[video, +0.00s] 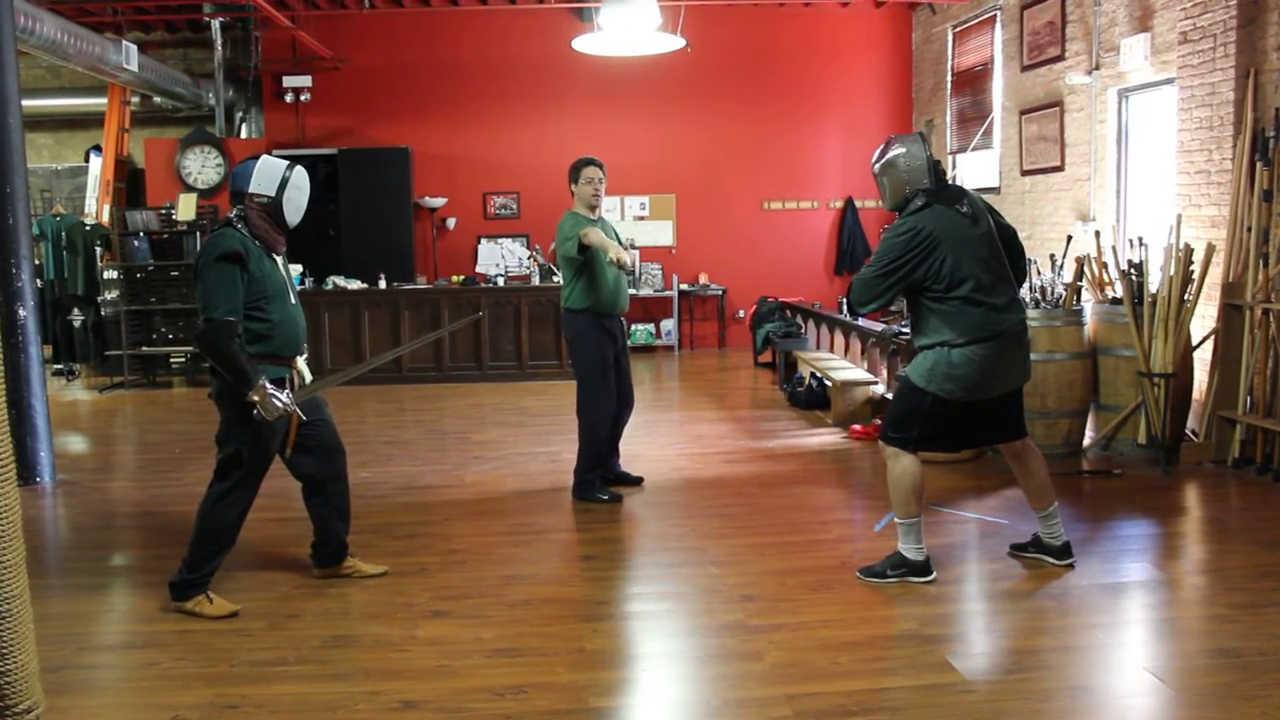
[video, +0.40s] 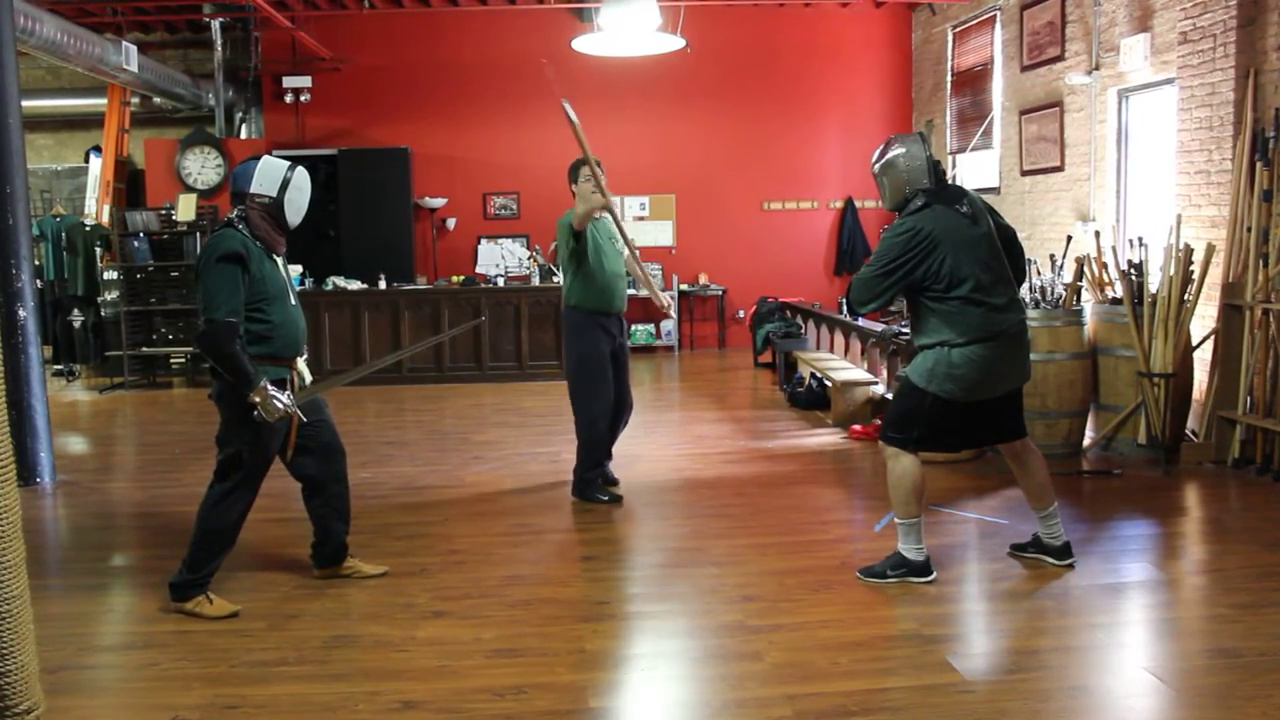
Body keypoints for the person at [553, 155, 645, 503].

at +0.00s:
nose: (597, 187)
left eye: (601, 181)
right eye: (589, 181)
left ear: (606, 186)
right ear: (573, 188)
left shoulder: (607, 226)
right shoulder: (570, 221)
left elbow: (622, 256)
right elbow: (590, 236)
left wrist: (625, 254)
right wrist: (613, 249)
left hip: (612, 320)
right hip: (585, 321)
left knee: (622, 399)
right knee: (597, 401)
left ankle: (608, 468)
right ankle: (586, 482)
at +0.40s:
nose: (596, 181)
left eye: (599, 175)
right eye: (587, 177)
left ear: (606, 182)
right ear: (574, 188)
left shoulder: (609, 224)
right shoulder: (569, 223)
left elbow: (627, 264)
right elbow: (578, 218)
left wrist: (654, 293)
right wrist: (593, 204)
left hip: (613, 322)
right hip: (584, 322)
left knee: (620, 403)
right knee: (595, 402)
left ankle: (598, 465)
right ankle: (585, 482)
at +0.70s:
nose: (604, 183)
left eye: (609, 179)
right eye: (597, 178)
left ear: (613, 186)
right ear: (583, 184)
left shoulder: (616, 228)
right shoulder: (570, 215)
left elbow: (634, 266)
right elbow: (540, 205)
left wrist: (655, 297)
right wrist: (548, 170)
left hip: (609, 317)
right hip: (575, 316)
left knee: (608, 395)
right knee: (578, 395)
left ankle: (596, 465)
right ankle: (585, 477)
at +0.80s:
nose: (603, 183)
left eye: (607, 179)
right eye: (596, 178)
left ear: (611, 187)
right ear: (581, 183)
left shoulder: (618, 229)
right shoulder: (565, 215)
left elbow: (637, 269)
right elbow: (531, 204)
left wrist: (659, 299)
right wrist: (539, 169)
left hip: (606, 316)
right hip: (572, 313)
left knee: (606, 392)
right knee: (572, 392)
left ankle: (595, 461)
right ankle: (573, 471)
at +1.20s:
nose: (584, 188)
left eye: (588, 184)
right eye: (577, 184)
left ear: (594, 192)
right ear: (564, 190)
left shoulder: (603, 234)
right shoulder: (546, 224)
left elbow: (624, 276)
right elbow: (507, 244)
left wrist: (642, 312)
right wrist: (495, 230)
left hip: (592, 319)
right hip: (556, 316)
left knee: (598, 389)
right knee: (551, 385)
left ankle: (597, 462)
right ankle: (546, 442)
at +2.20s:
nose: (565, 191)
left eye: (570, 186)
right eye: (559, 186)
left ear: (579, 189)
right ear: (552, 191)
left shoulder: (591, 230)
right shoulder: (536, 225)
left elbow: (611, 271)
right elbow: (508, 257)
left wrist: (625, 310)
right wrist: (479, 287)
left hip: (575, 303)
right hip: (540, 302)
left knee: (579, 367)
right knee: (538, 369)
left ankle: (572, 425)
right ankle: (536, 433)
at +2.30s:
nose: (560, 189)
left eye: (565, 184)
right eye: (555, 185)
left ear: (575, 187)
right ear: (548, 190)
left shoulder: (588, 227)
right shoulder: (536, 222)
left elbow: (609, 268)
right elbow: (507, 254)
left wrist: (623, 308)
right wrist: (476, 283)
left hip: (573, 300)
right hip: (538, 299)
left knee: (575, 364)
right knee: (530, 364)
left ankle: (572, 424)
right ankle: (522, 430)